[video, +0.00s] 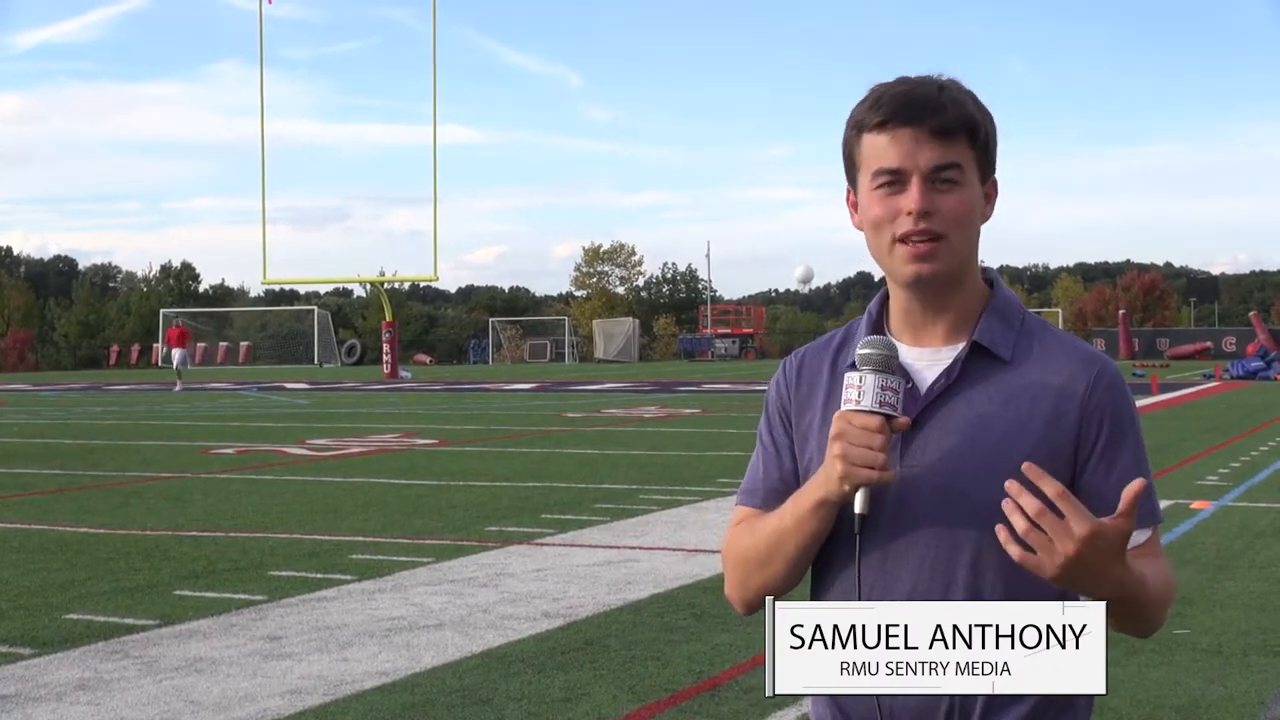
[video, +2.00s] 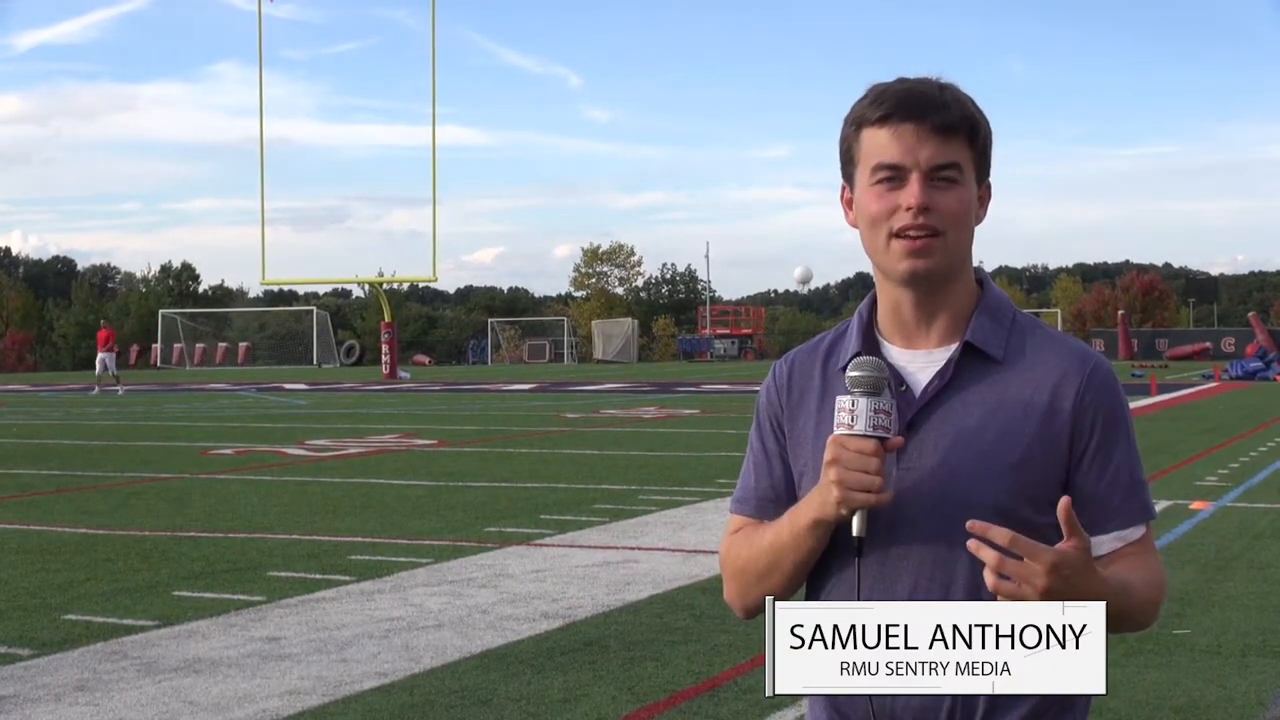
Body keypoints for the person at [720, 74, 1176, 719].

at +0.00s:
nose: (917, 204)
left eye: (944, 179)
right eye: (890, 182)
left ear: (988, 196)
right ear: (856, 208)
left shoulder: (1082, 383)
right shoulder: (804, 380)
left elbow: (1150, 608)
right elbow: (742, 584)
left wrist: (1110, 580)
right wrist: (824, 487)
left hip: (1026, 707)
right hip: (849, 708)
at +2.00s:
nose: (916, 201)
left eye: (944, 177)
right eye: (889, 179)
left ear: (981, 200)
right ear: (850, 204)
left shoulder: (1074, 382)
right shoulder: (794, 383)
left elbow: (1141, 583)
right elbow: (741, 587)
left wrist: (1090, 588)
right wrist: (821, 505)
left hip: (1021, 708)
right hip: (843, 707)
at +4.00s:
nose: (914, 207)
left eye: (946, 183)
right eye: (890, 182)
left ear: (989, 204)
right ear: (858, 202)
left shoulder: (1078, 381)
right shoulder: (796, 383)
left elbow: (1153, 581)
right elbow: (745, 587)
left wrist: (1030, 575)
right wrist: (830, 514)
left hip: (1028, 707)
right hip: (849, 708)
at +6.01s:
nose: (917, 197)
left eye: (944, 175)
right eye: (889, 177)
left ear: (987, 200)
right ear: (856, 207)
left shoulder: (1081, 377)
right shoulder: (797, 385)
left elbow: (1162, 571)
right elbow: (743, 586)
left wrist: (1059, 560)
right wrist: (833, 515)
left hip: (1032, 707)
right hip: (851, 709)